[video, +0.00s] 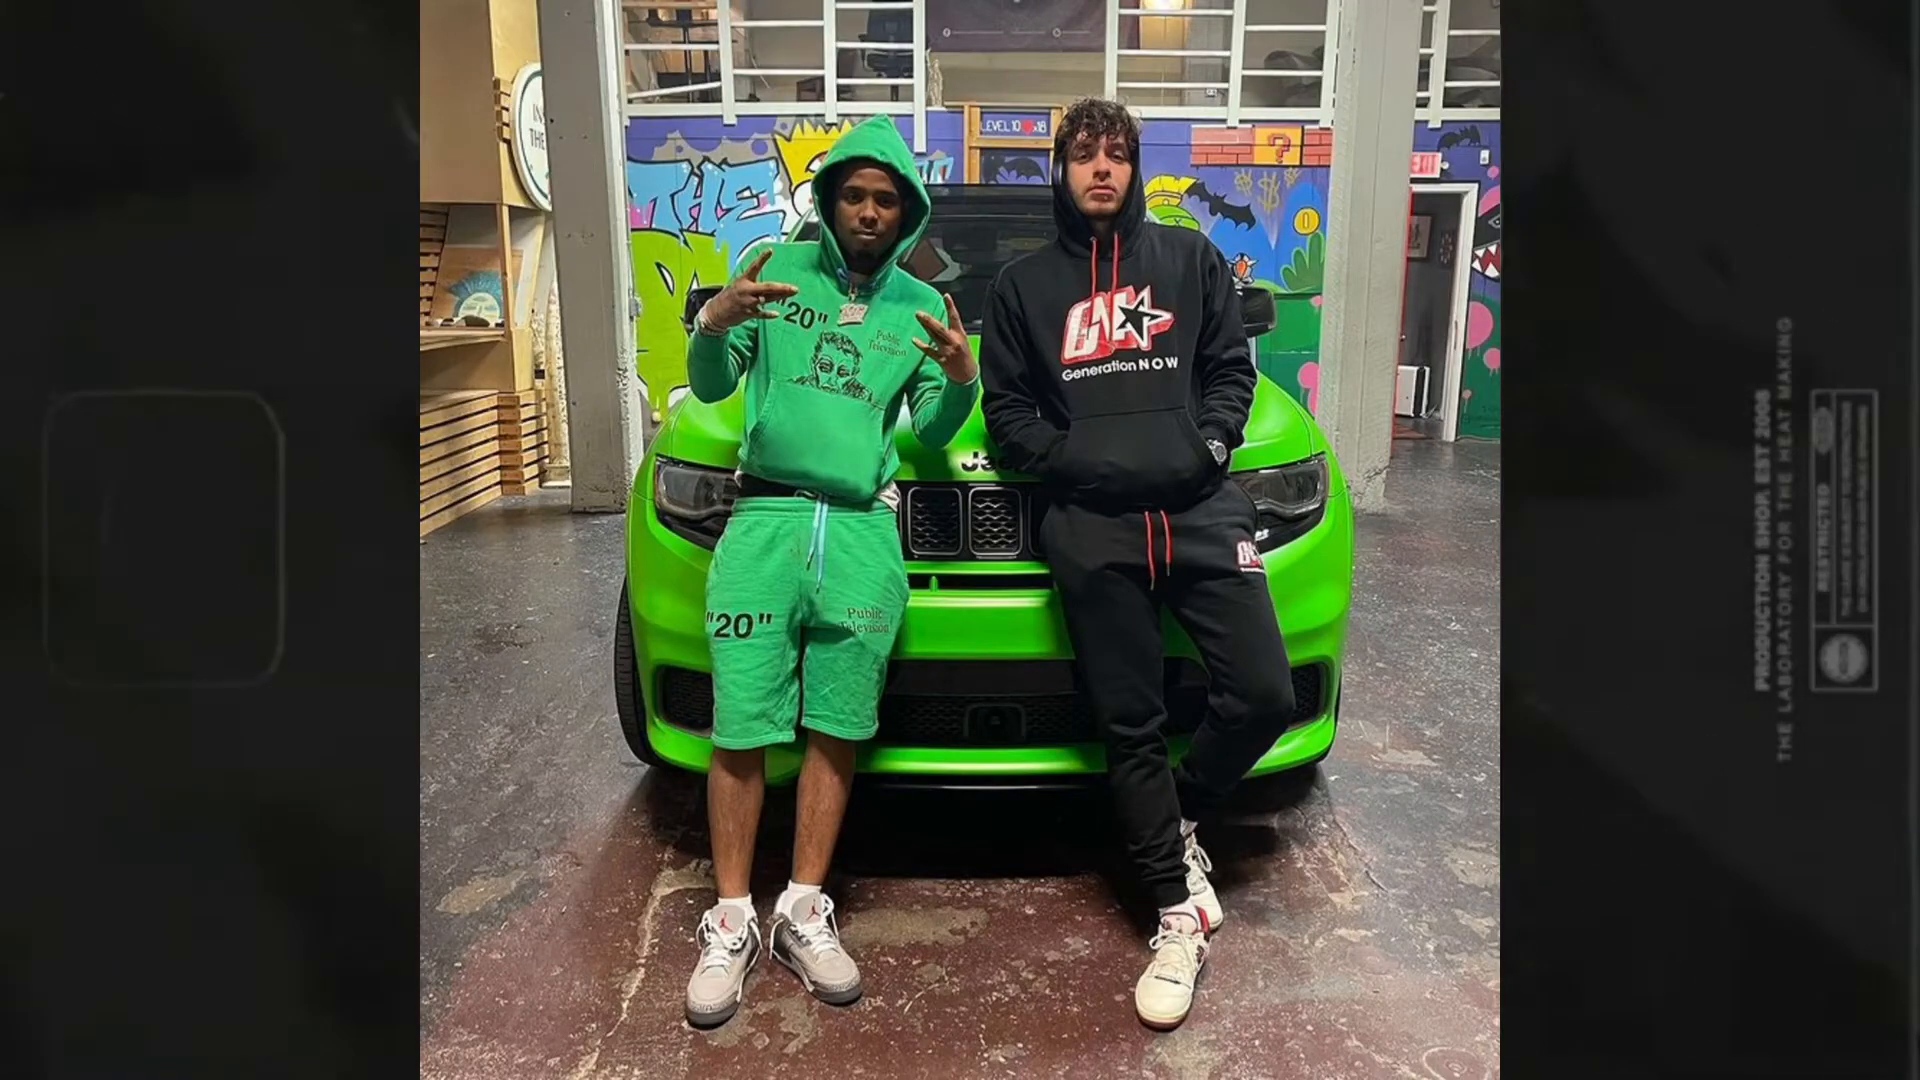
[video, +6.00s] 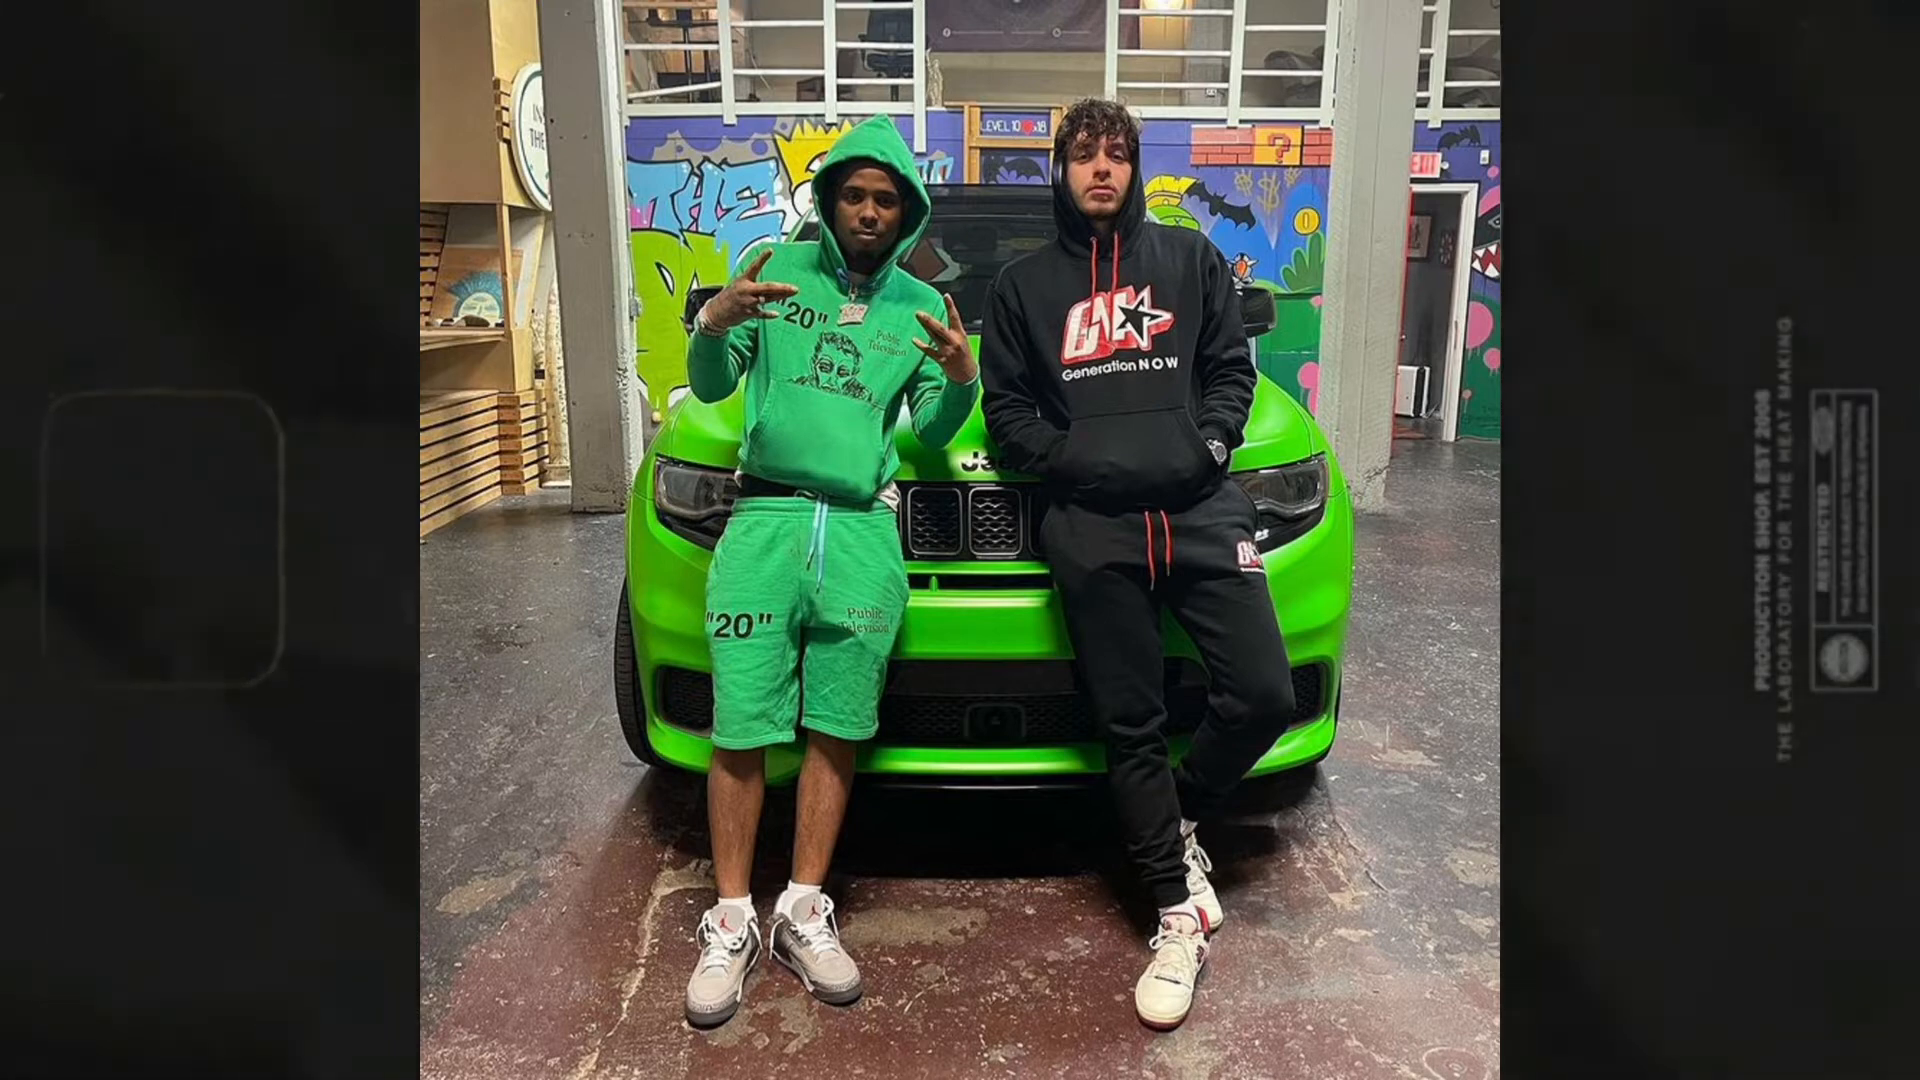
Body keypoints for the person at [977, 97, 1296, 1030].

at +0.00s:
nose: (1101, 171)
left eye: (1115, 159)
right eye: (1086, 159)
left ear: (1137, 170)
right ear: (1061, 172)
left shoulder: (1193, 257)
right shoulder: (1019, 281)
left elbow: (1232, 367)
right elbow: (1005, 405)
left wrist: (1208, 445)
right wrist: (1064, 457)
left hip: (1200, 503)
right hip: (1091, 514)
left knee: (1262, 692)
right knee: (1131, 719)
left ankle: (1180, 818)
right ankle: (1179, 917)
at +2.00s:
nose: (1101, 171)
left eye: (1115, 159)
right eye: (1086, 159)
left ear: (1137, 170)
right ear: (1061, 172)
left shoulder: (1193, 257)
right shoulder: (1019, 281)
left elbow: (1232, 367)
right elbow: (1005, 405)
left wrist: (1208, 445)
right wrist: (1066, 456)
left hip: (1200, 502)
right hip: (1090, 513)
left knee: (1262, 693)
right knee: (1131, 719)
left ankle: (1179, 819)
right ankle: (1179, 917)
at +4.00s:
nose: (1102, 171)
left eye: (1115, 158)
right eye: (1087, 158)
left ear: (1137, 171)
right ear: (1061, 172)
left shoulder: (1191, 256)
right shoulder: (1017, 280)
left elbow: (1232, 363)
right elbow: (1003, 403)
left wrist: (1209, 444)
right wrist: (1065, 457)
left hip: (1200, 503)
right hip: (1091, 514)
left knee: (1262, 692)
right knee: (1131, 719)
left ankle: (1180, 818)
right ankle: (1179, 917)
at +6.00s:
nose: (1102, 171)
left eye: (1116, 158)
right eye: (1088, 158)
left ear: (1137, 171)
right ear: (1062, 171)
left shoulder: (1191, 256)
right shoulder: (1018, 280)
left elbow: (1232, 364)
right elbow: (1004, 403)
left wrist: (1209, 444)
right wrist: (1065, 457)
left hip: (1200, 503)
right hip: (1091, 514)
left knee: (1262, 693)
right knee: (1131, 718)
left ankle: (1179, 819)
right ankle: (1179, 916)